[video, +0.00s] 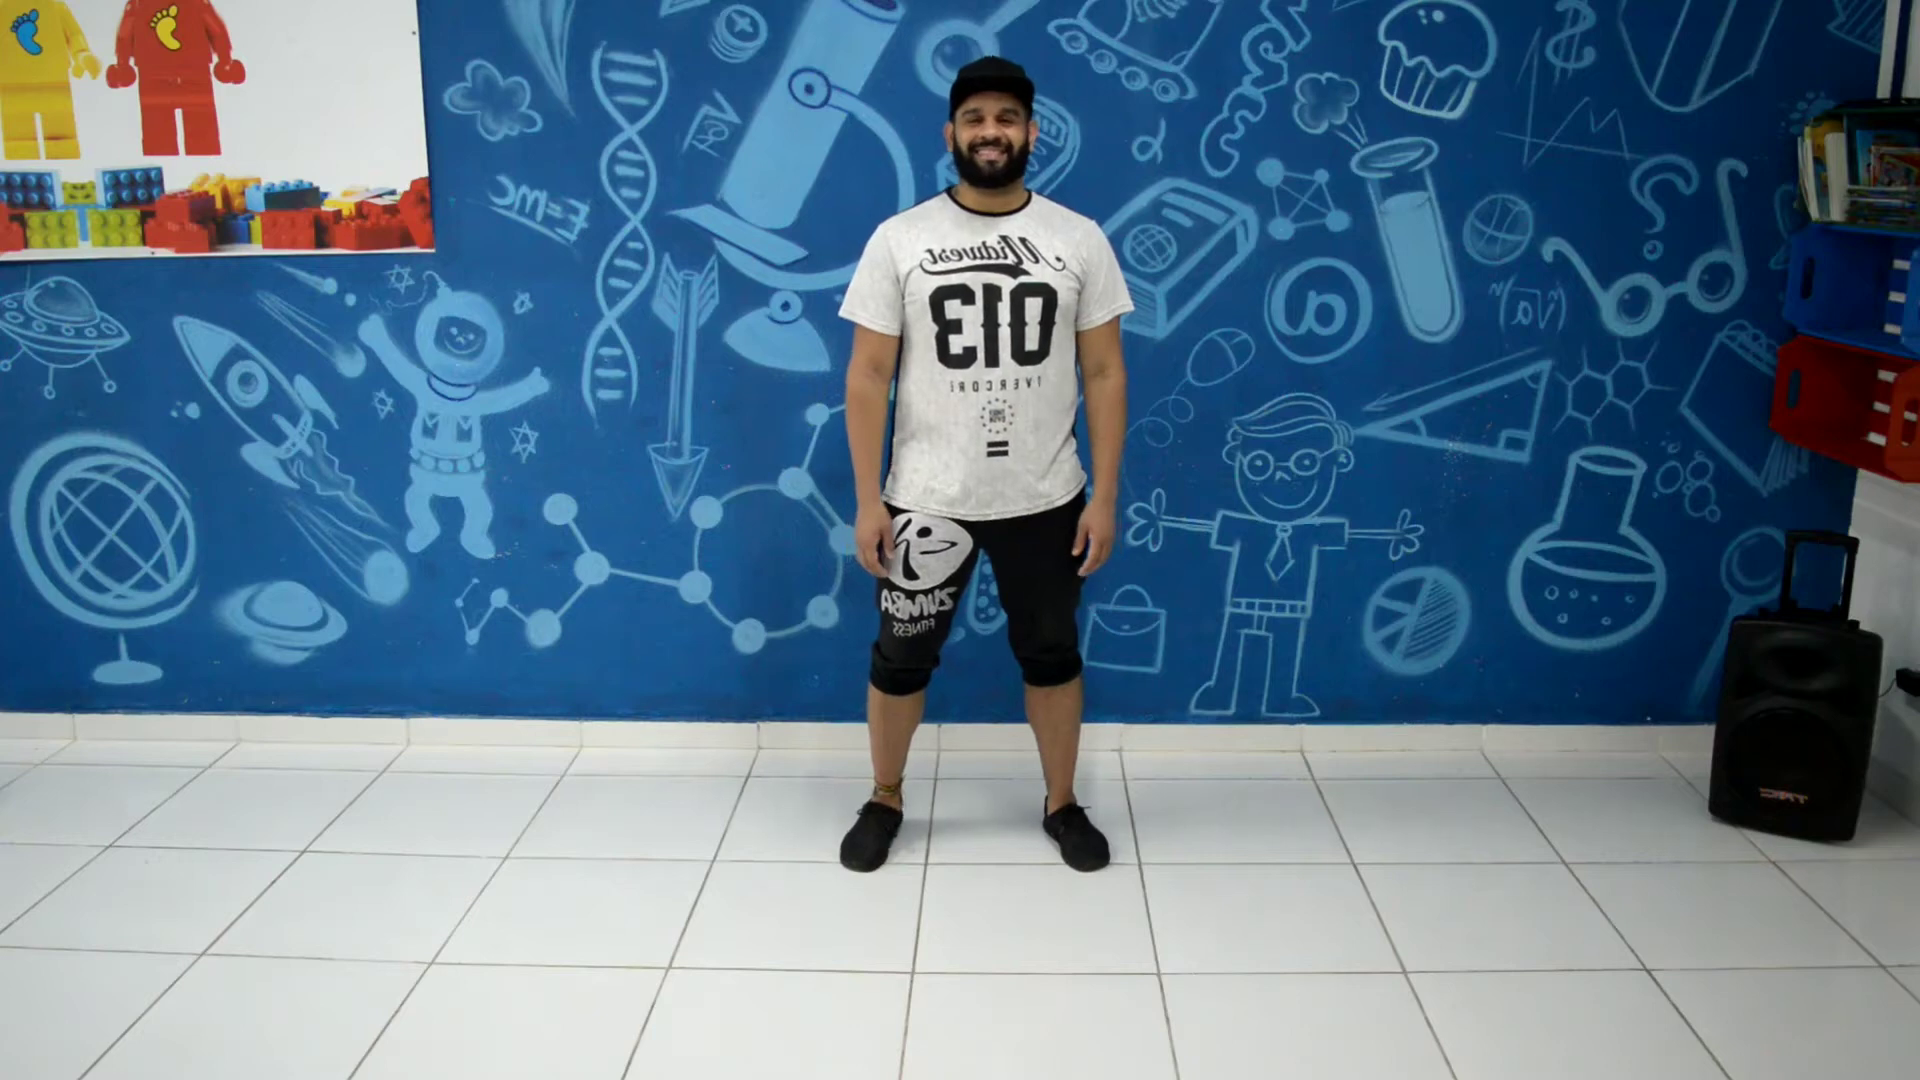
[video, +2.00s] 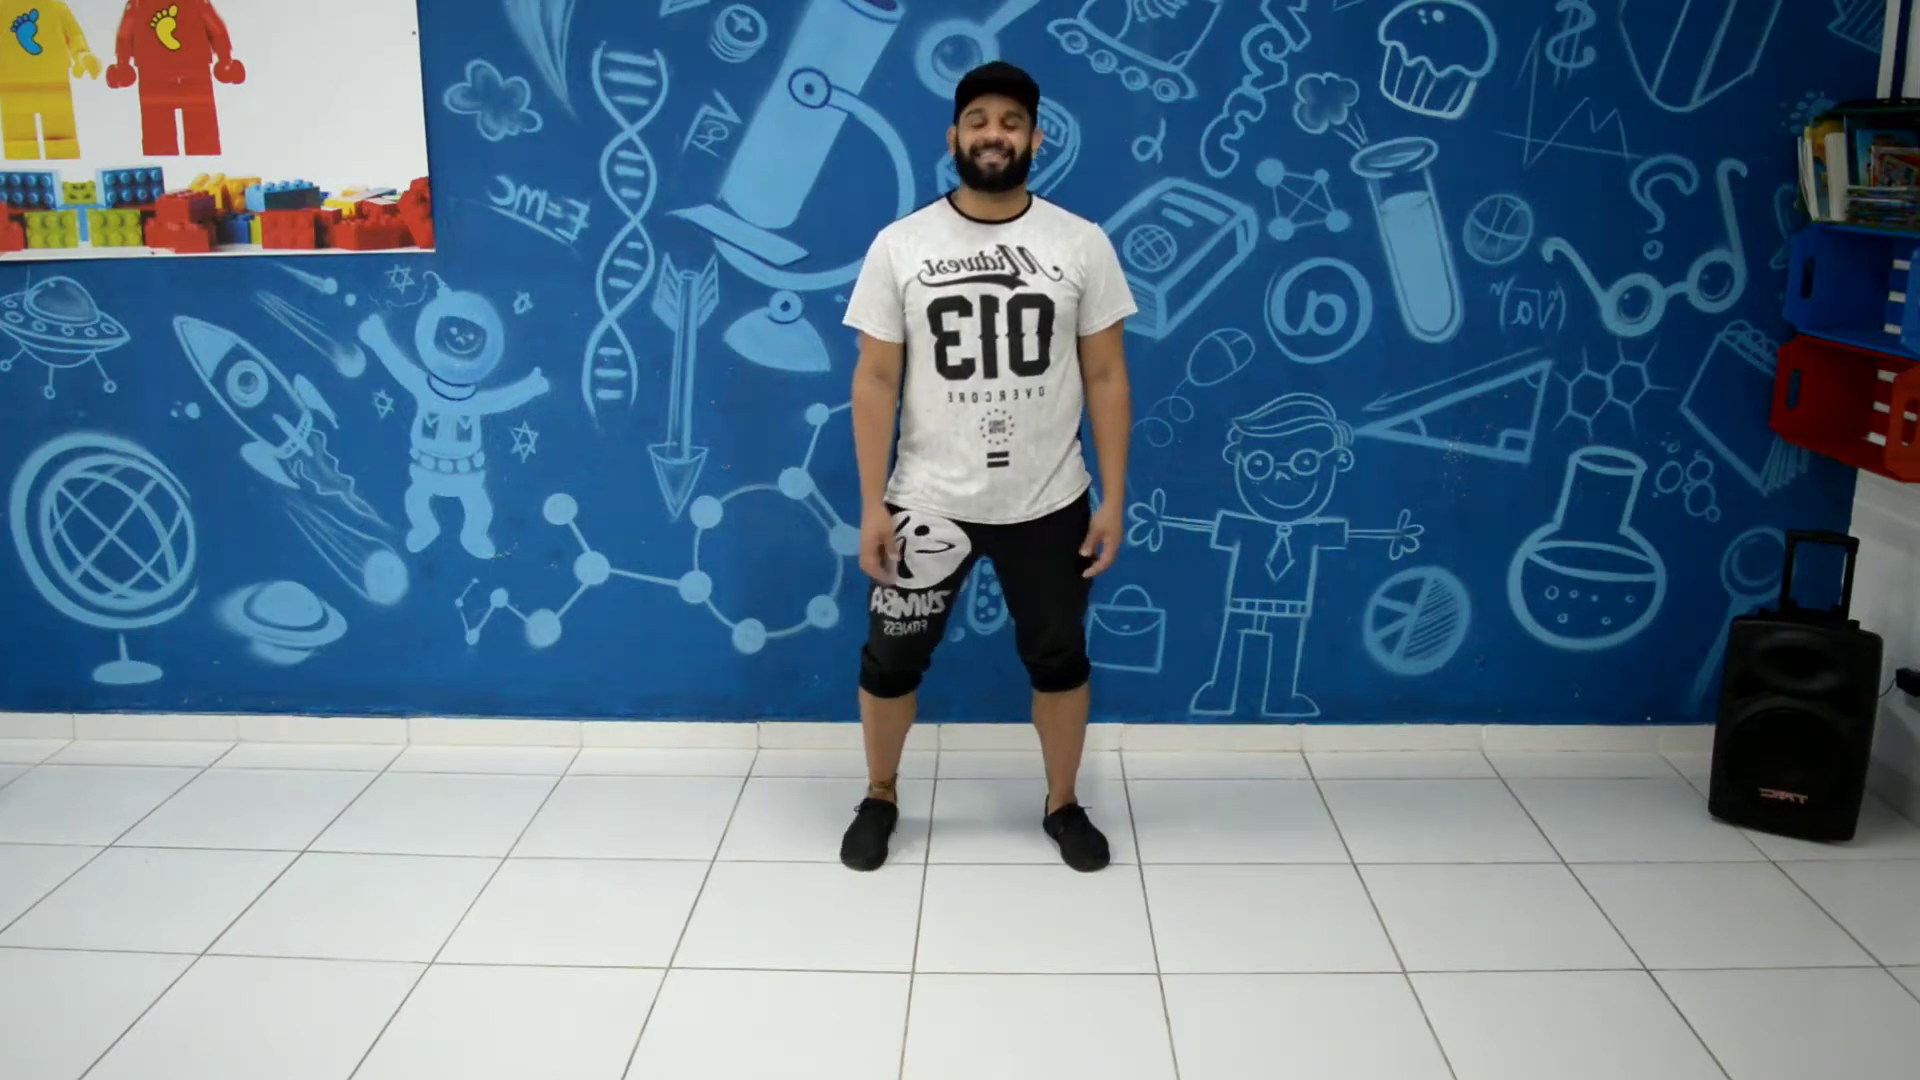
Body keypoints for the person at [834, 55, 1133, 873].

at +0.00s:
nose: (991, 133)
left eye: (1007, 119)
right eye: (974, 119)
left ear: (1030, 134)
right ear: (951, 133)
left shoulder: (1080, 242)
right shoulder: (900, 243)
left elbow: (1104, 372)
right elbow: (868, 376)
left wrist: (1104, 496)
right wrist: (869, 497)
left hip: (1043, 497)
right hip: (928, 496)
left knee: (1053, 657)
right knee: (900, 659)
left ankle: (1063, 805)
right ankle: (883, 800)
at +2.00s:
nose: (993, 135)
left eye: (1010, 123)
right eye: (977, 121)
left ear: (1033, 141)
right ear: (955, 137)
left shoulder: (1082, 246)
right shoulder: (901, 248)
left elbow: (1105, 375)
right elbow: (875, 379)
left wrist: (1113, 499)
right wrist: (873, 502)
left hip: (1046, 499)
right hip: (929, 498)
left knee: (1061, 660)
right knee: (890, 658)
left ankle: (1065, 805)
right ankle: (878, 799)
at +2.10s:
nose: (984, 155)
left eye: (1003, 142)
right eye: (969, 139)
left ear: (1026, 157)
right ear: (945, 150)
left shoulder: (1071, 259)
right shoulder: (889, 259)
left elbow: (1096, 386)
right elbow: (864, 392)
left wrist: (1120, 509)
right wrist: (851, 522)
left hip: (1038, 507)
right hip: (921, 506)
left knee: (1065, 667)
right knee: (887, 670)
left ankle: (1064, 805)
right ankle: (874, 800)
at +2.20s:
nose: (971, 168)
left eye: (989, 155)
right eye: (956, 153)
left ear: (1012, 170)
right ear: (933, 164)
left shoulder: (1053, 274)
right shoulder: (875, 272)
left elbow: (1082, 399)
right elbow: (842, 401)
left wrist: (1119, 511)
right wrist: (821, 522)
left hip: (1025, 514)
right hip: (908, 516)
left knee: (1067, 672)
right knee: (872, 681)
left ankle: (1065, 806)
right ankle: (872, 803)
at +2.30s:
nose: (961, 152)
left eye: (978, 140)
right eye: (946, 137)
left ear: (1000, 156)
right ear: (921, 147)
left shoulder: (1040, 260)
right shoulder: (860, 255)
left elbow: (1070, 383)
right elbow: (822, 379)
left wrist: (1110, 488)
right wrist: (793, 493)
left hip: (1011, 504)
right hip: (894, 505)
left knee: (1050, 661)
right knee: (869, 670)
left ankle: (1062, 803)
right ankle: (873, 803)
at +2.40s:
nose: (951, 127)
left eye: (968, 114)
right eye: (934, 115)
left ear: (992, 130)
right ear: (911, 130)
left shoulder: (1036, 239)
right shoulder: (854, 228)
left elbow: (1065, 360)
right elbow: (803, 343)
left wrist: (1108, 452)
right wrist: (760, 450)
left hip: (1000, 484)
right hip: (884, 484)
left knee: (1029, 647)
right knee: (873, 654)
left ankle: (1033, 790)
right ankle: (873, 798)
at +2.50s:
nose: (941, 135)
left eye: (954, 121)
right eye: (923, 126)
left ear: (981, 134)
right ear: (901, 148)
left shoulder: (1035, 248)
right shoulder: (854, 236)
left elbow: (1071, 360)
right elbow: (778, 325)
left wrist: (1113, 424)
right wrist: (700, 403)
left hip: (988, 494)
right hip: (875, 491)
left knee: (1010, 665)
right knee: (865, 664)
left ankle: (975, 763)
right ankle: (871, 800)